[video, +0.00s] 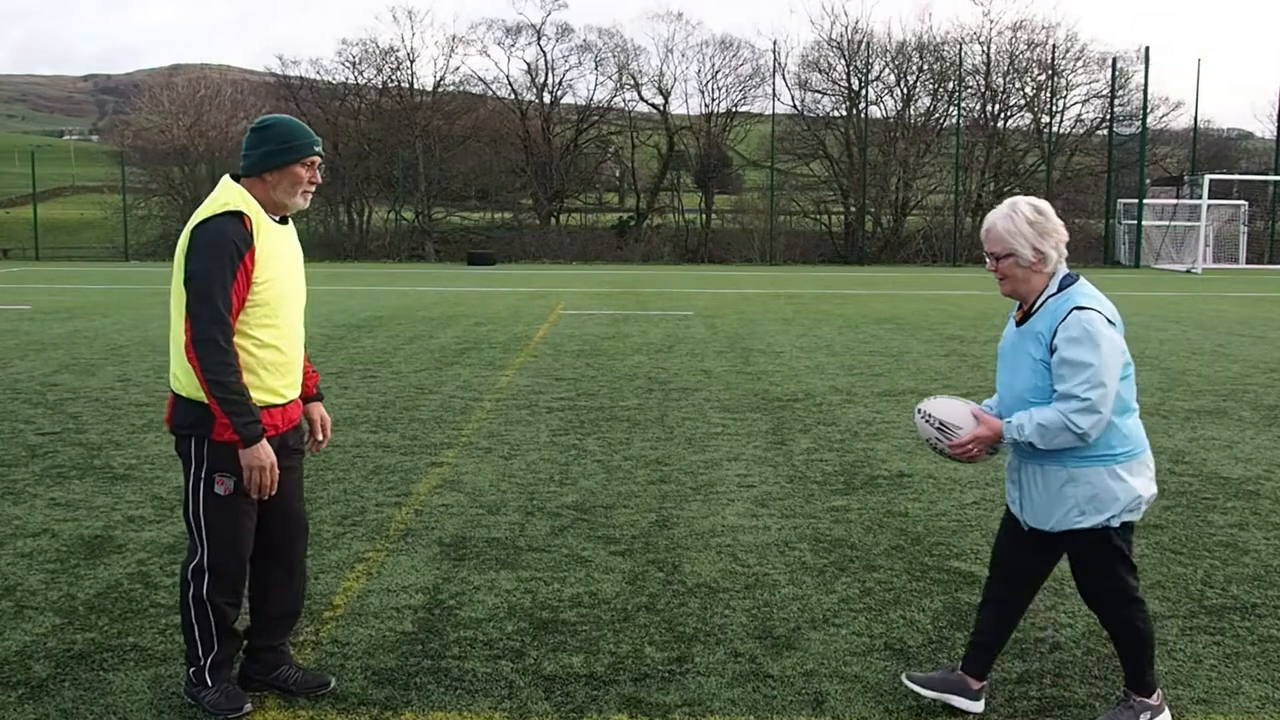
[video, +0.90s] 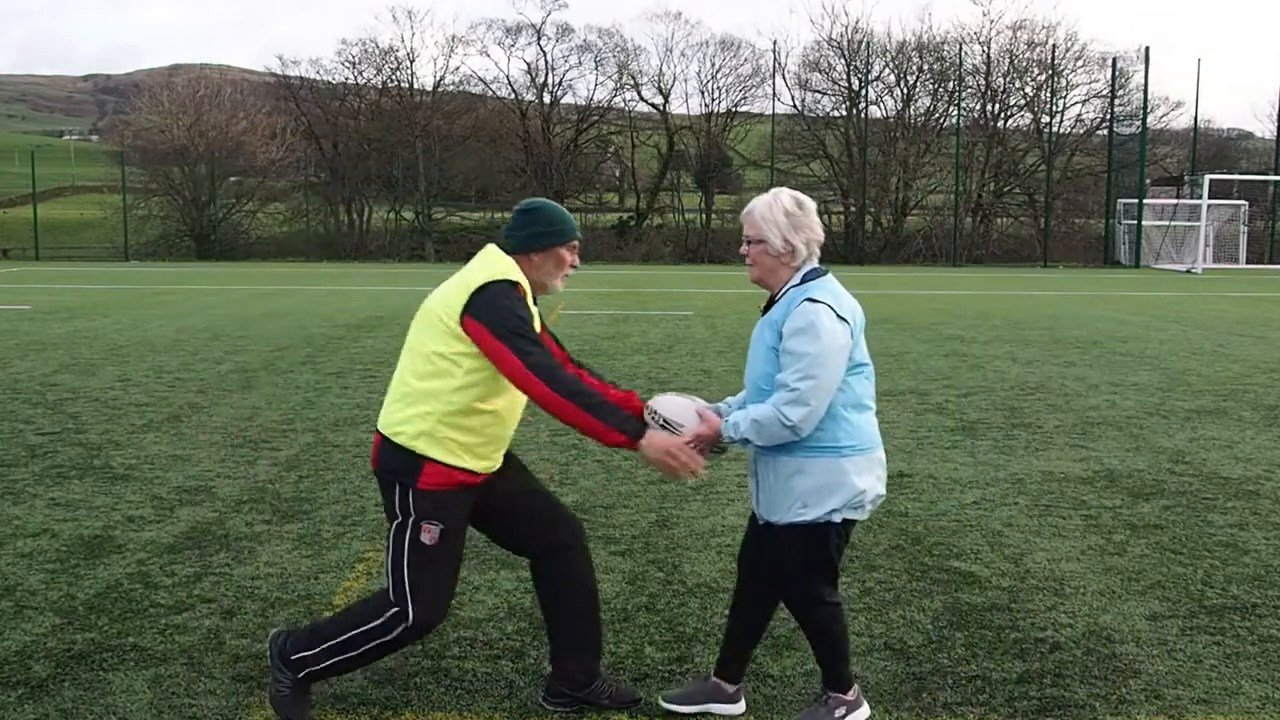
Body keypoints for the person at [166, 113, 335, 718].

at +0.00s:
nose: (315, 178)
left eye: (317, 167)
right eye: (305, 167)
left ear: (286, 171)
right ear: (266, 169)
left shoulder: (278, 225)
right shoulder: (222, 228)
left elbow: (281, 322)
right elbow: (209, 340)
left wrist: (309, 392)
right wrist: (250, 434)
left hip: (276, 419)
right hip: (218, 424)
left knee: (281, 549)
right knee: (218, 558)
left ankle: (268, 662)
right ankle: (209, 678)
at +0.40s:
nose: (387, 187)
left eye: (389, 176)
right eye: (378, 175)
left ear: (354, 182)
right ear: (339, 177)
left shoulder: (347, 231)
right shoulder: (290, 232)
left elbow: (348, 325)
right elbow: (264, 342)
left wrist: (370, 402)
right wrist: (296, 444)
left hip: (322, 422)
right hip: (272, 425)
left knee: (311, 553)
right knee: (292, 560)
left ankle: (274, 663)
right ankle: (248, 678)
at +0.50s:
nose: (404, 199)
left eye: (406, 187)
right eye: (395, 187)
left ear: (367, 192)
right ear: (356, 188)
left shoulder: (365, 240)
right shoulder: (307, 245)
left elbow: (375, 331)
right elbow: (284, 359)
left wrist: (401, 408)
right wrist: (325, 456)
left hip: (351, 430)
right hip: (291, 436)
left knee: (378, 540)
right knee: (304, 572)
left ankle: (293, 643)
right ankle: (248, 686)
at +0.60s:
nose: (432, 212)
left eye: (434, 200)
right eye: (424, 200)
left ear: (389, 204)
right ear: (385, 201)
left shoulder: (387, 250)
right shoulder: (339, 259)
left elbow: (406, 341)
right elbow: (328, 377)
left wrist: (443, 413)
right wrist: (377, 469)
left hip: (377, 433)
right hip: (320, 442)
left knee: (438, 529)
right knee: (312, 584)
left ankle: (377, 651)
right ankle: (253, 687)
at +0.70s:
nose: (473, 214)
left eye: (474, 202)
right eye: (464, 202)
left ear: (429, 207)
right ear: (427, 203)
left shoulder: (423, 259)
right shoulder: (386, 259)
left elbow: (451, 346)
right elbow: (394, 375)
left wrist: (500, 412)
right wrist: (453, 460)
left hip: (403, 437)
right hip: (353, 441)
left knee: (473, 526)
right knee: (334, 577)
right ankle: (257, 682)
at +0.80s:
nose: (523, 228)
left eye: (524, 216)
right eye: (515, 215)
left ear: (479, 218)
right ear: (479, 215)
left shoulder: (469, 267)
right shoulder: (438, 266)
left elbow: (504, 351)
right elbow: (469, 369)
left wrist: (571, 407)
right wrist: (544, 444)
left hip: (447, 443)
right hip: (393, 446)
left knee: (517, 552)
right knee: (368, 583)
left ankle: (571, 674)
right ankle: (269, 670)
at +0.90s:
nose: (576, 259)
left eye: (576, 249)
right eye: (569, 247)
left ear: (534, 250)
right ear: (534, 249)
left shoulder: (516, 294)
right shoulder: (491, 292)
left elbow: (567, 373)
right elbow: (548, 382)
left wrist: (646, 415)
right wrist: (639, 438)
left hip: (475, 457)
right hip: (423, 459)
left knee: (560, 539)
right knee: (415, 608)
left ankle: (575, 679)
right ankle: (293, 656)